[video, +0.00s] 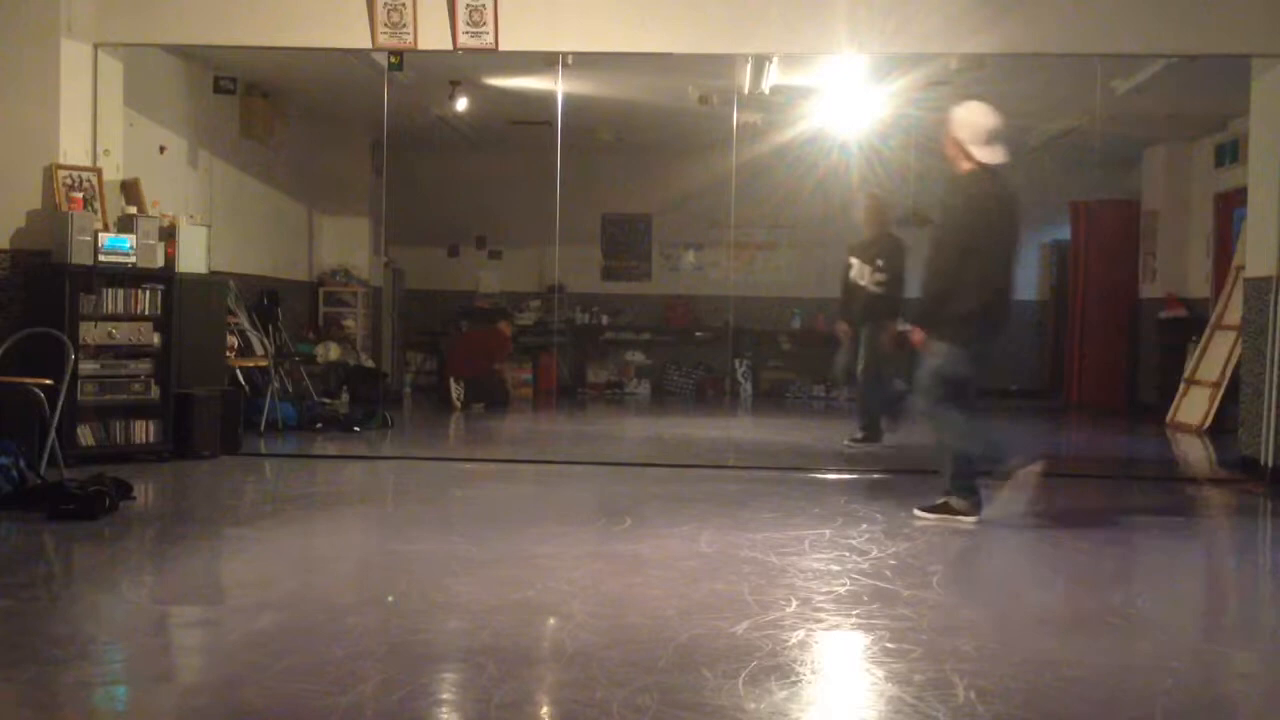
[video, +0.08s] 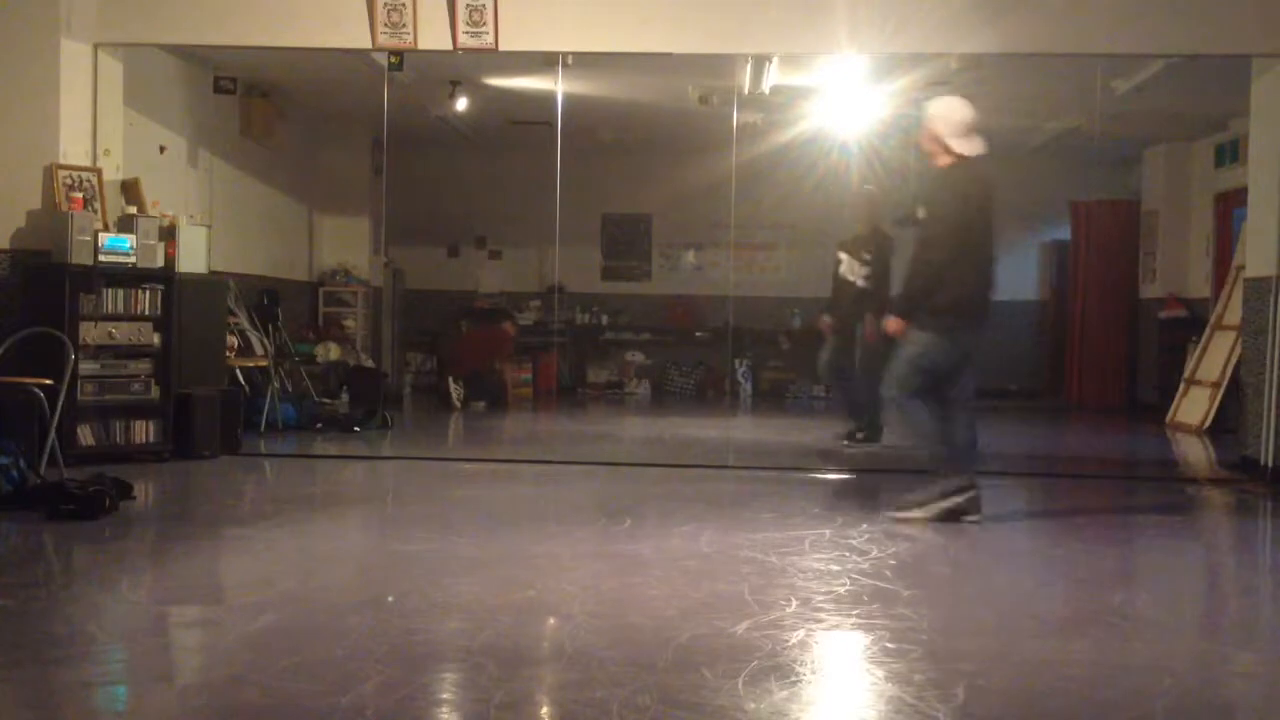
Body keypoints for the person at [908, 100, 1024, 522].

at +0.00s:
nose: (945, 147)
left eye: (948, 140)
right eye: (948, 140)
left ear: (958, 145)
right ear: (986, 144)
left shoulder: (968, 192)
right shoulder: (999, 190)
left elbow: (946, 263)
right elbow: (986, 265)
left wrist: (923, 318)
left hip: (960, 316)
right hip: (984, 314)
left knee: (929, 398)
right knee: (958, 400)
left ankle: (1002, 458)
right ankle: (961, 492)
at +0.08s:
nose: (920, 139)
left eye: (926, 132)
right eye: (924, 131)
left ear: (939, 138)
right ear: (959, 137)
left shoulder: (951, 184)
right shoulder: (972, 179)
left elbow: (933, 255)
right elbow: (955, 255)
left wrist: (902, 309)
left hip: (943, 311)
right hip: (965, 309)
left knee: (898, 389)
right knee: (952, 397)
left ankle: (947, 477)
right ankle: (961, 489)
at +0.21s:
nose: (889, 153)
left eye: (892, 145)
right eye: (892, 145)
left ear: (904, 145)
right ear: (926, 143)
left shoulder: (923, 189)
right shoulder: (934, 186)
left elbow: (910, 261)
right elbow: (924, 262)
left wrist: (882, 316)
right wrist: (885, 316)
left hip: (923, 316)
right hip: (936, 314)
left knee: (879, 392)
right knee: (950, 403)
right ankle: (961, 493)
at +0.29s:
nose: (871, 165)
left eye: (874, 158)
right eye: (873, 157)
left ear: (883, 160)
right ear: (906, 157)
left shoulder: (900, 199)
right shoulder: (916, 194)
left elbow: (885, 272)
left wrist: (856, 329)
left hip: (899, 321)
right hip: (920, 318)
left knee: (857, 399)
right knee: (936, 404)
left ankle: (813, 482)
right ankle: (958, 490)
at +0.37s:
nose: (852, 173)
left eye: (858, 167)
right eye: (854, 166)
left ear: (872, 171)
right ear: (884, 170)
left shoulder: (873, 208)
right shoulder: (890, 205)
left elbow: (866, 278)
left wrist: (845, 339)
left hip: (870, 329)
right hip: (892, 326)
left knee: (824, 402)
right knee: (911, 407)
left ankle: (802, 486)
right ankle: (951, 484)